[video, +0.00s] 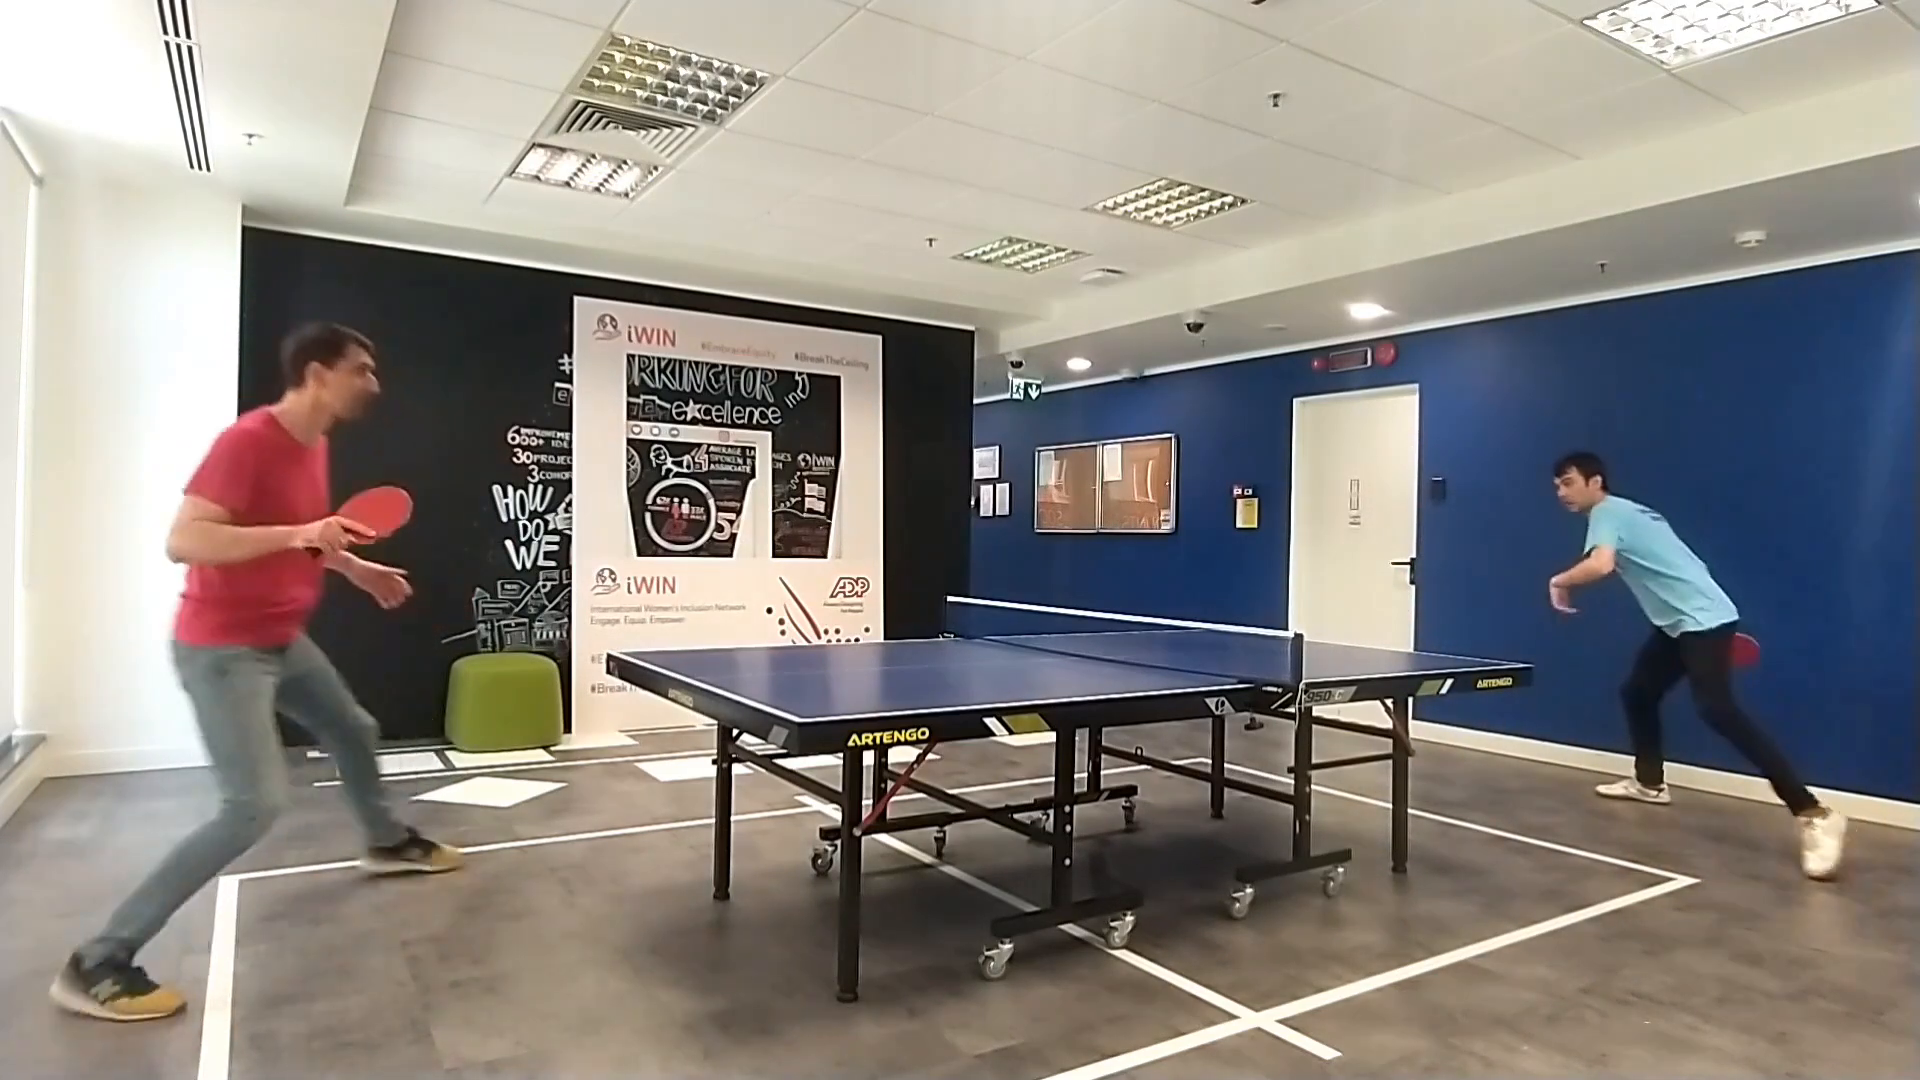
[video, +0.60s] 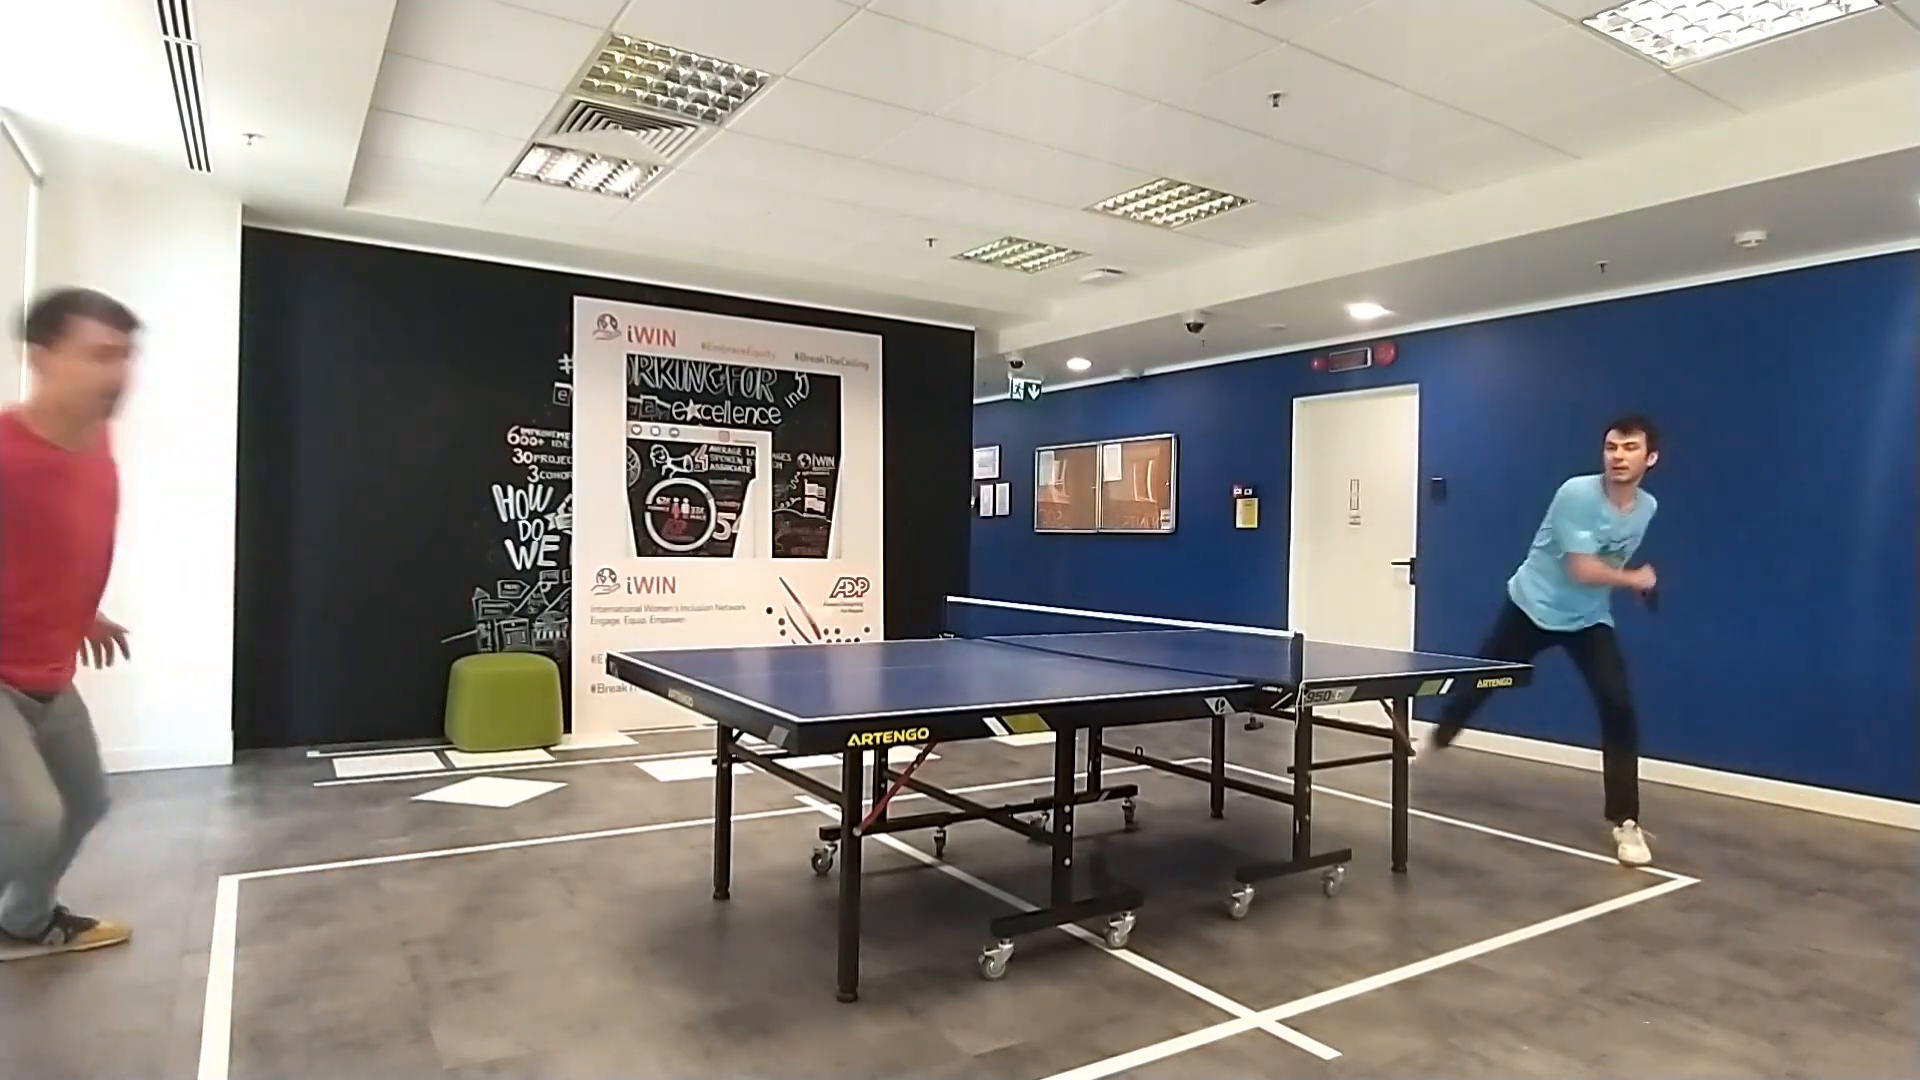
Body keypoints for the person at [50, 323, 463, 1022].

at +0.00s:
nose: (372, 385)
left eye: (372, 374)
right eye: (361, 371)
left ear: (325, 380)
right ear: (315, 374)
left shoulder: (313, 446)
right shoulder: (247, 440)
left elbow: (294, 533)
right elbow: (183, 540)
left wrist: (356, 568)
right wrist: (297, 535)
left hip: (281, 639)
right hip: (220, 650)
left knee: (355, 732)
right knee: (252, 807)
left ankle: (387, 841)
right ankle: (99, 963)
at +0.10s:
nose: (335, 350)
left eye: (335, 338)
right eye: (324, 334)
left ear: (286, 344)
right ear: (275, 336)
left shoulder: (276, 420)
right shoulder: (205, 409)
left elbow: (244, 509)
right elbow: (146, 508)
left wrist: (314, 542)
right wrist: (277, 522)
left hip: (230, 621)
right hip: (160, 627)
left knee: (309, 722)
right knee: (207, 789)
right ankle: (93, 961)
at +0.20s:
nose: (297, 324)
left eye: (298, 312)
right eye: (285, 309)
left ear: (251, 319)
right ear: (234, 311)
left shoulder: (245, 401)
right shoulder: (160, 385)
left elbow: (217, 498)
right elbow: (96, 491)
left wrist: (288, 538)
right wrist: (221, 526)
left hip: (187, 613)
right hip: (113, 608)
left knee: (243, 737)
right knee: (154, 779)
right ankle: (35, 960)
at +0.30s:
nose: (268, 339)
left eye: (267, 327)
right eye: (255, 324)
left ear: (217, 335)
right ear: (203, 327)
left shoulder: (205, 418)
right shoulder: (127, 404)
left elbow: (163, 512)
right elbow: (38, 508)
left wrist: (230, 556)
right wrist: (168, 563)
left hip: (133, 633)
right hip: (64, 626)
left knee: (168, 771)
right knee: (73, 812)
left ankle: (53, 888)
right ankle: (6, 906)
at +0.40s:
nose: (247, 381)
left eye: (247, 367)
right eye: (233, 364)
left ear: (189, 373)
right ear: (178, 367)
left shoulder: (168, 458)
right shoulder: (100, 442)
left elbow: (103, 548)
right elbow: (4, 537)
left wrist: (165, 599)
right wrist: (103, 620)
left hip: (84, 665)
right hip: (21, 659)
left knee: (134, 798)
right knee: (56, 829)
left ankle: (27, 917)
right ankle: (11, 924)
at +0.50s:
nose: (207, 399)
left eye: (207, 384)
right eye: (193, 381)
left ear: (148, 388)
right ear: (132, 382)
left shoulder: (139, 473)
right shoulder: (44, 466)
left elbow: (53, 572)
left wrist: (106, 626)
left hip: (60, 670)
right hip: (8, 674)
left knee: (120, 798)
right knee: (49, 824)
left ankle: (24, 917)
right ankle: (12, 922)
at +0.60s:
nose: (119, 375)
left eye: (125, 358)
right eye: (101, 355)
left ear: (129, 364)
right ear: (43, 359)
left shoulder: (96, 446)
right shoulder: (10, 445)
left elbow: (58, 550)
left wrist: (82, 613)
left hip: (50, 682)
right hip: (2, 684)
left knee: (86, 800)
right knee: (37, 816)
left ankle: (25, 916)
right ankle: (16, 918)